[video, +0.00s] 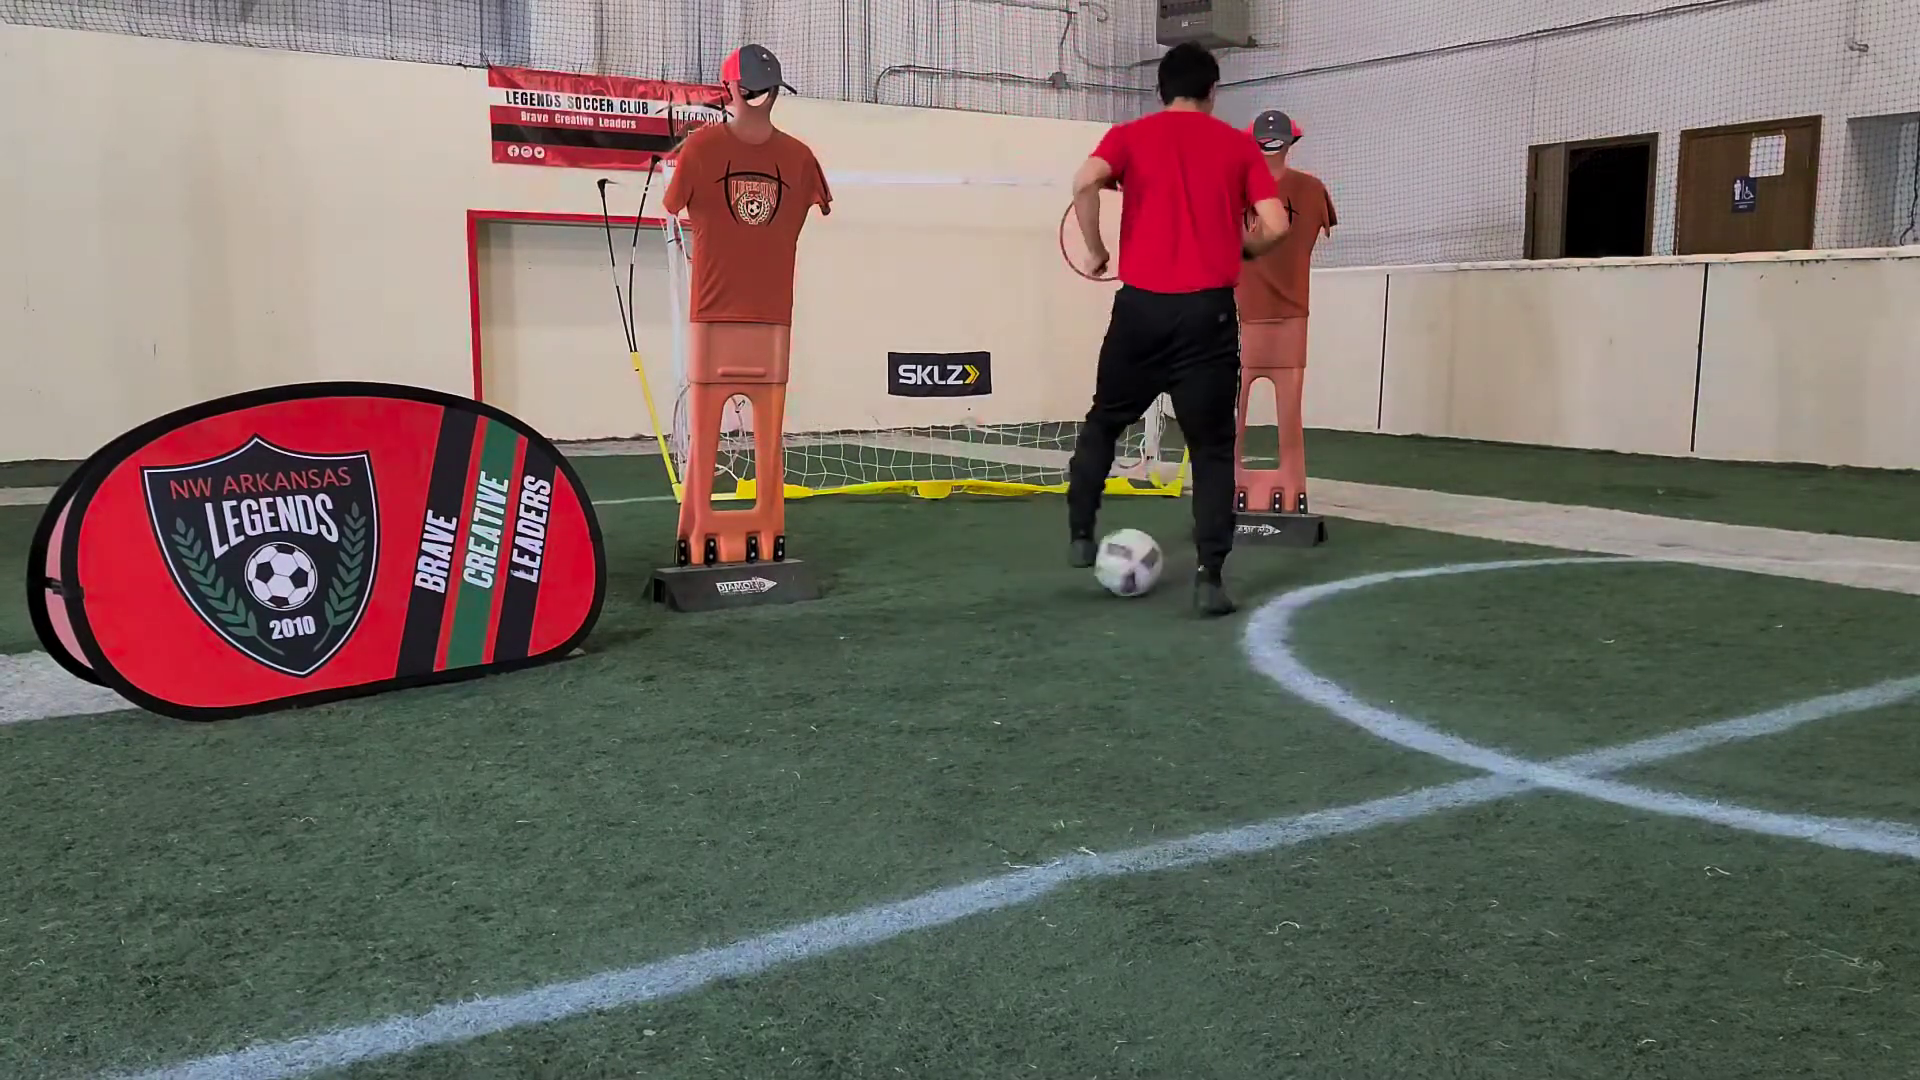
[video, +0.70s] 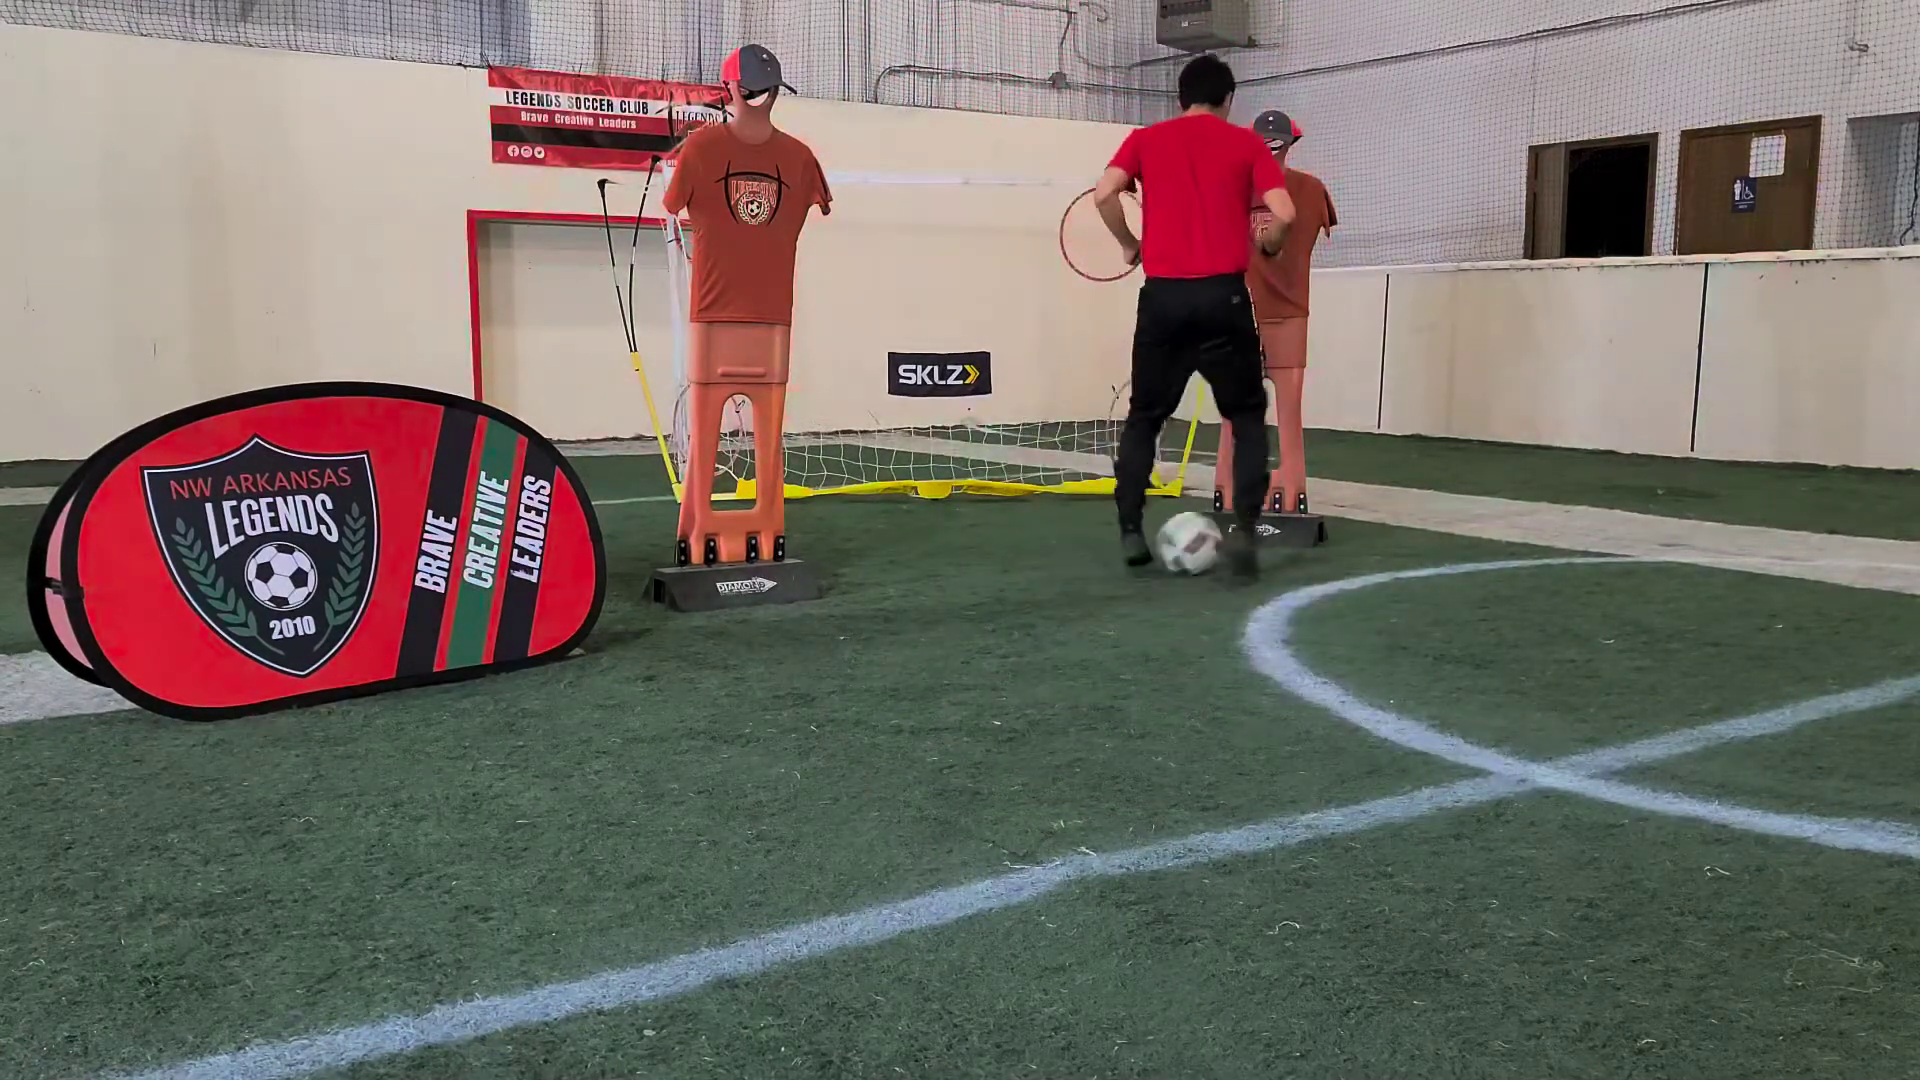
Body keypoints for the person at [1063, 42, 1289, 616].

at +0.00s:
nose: (1207, 97)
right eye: (1212, 87)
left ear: (1160, 92)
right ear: (1213, 91)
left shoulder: (1132, 134)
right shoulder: (1239, 143)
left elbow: (1084, 183)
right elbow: (1276, 224)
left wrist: (1094, 249)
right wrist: (1242, 246)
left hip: (1141, 310)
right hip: (1208, 313)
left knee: (1104, 421)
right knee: (1211, 442)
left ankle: (1082, 537)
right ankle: (1210, 577)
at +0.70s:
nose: (1225, 106)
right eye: (1230, 99)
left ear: (1178, 99)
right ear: (1227, 100)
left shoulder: (1147, 137)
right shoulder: (1248, 143)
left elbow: (1104, 195)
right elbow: (1284, 214)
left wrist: (1128, 243)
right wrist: (1267, 241)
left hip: (1161, 301)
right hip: (1223, 300)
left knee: (1144, 413)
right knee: (1246, 413)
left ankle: (1131, 531)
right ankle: (1244, 529)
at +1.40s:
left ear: (1235, 109)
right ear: (1281, 112)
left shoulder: (1203, 150)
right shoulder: (1301, 162)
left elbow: (1166, 209)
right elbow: (1323, 242)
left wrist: (1165, 261)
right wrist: (1303, 264)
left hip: (1200, 303)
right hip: (1256, 309)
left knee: (1187, 382)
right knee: (1250, 426)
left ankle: (1178, 486)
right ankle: (1239, 544)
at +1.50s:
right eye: (1285, 111)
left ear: (1237, 111)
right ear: (1283, 114)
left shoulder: (1205, 153)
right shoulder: (1303, 164)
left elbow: (1167, 219)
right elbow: (1319, 247)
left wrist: (1175, 270)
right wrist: (1284, 244)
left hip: (1203, 308)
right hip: (1260, 312)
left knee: (1196, 380)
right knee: (1253, 427)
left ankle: (1192, 486)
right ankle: (1241, 544)